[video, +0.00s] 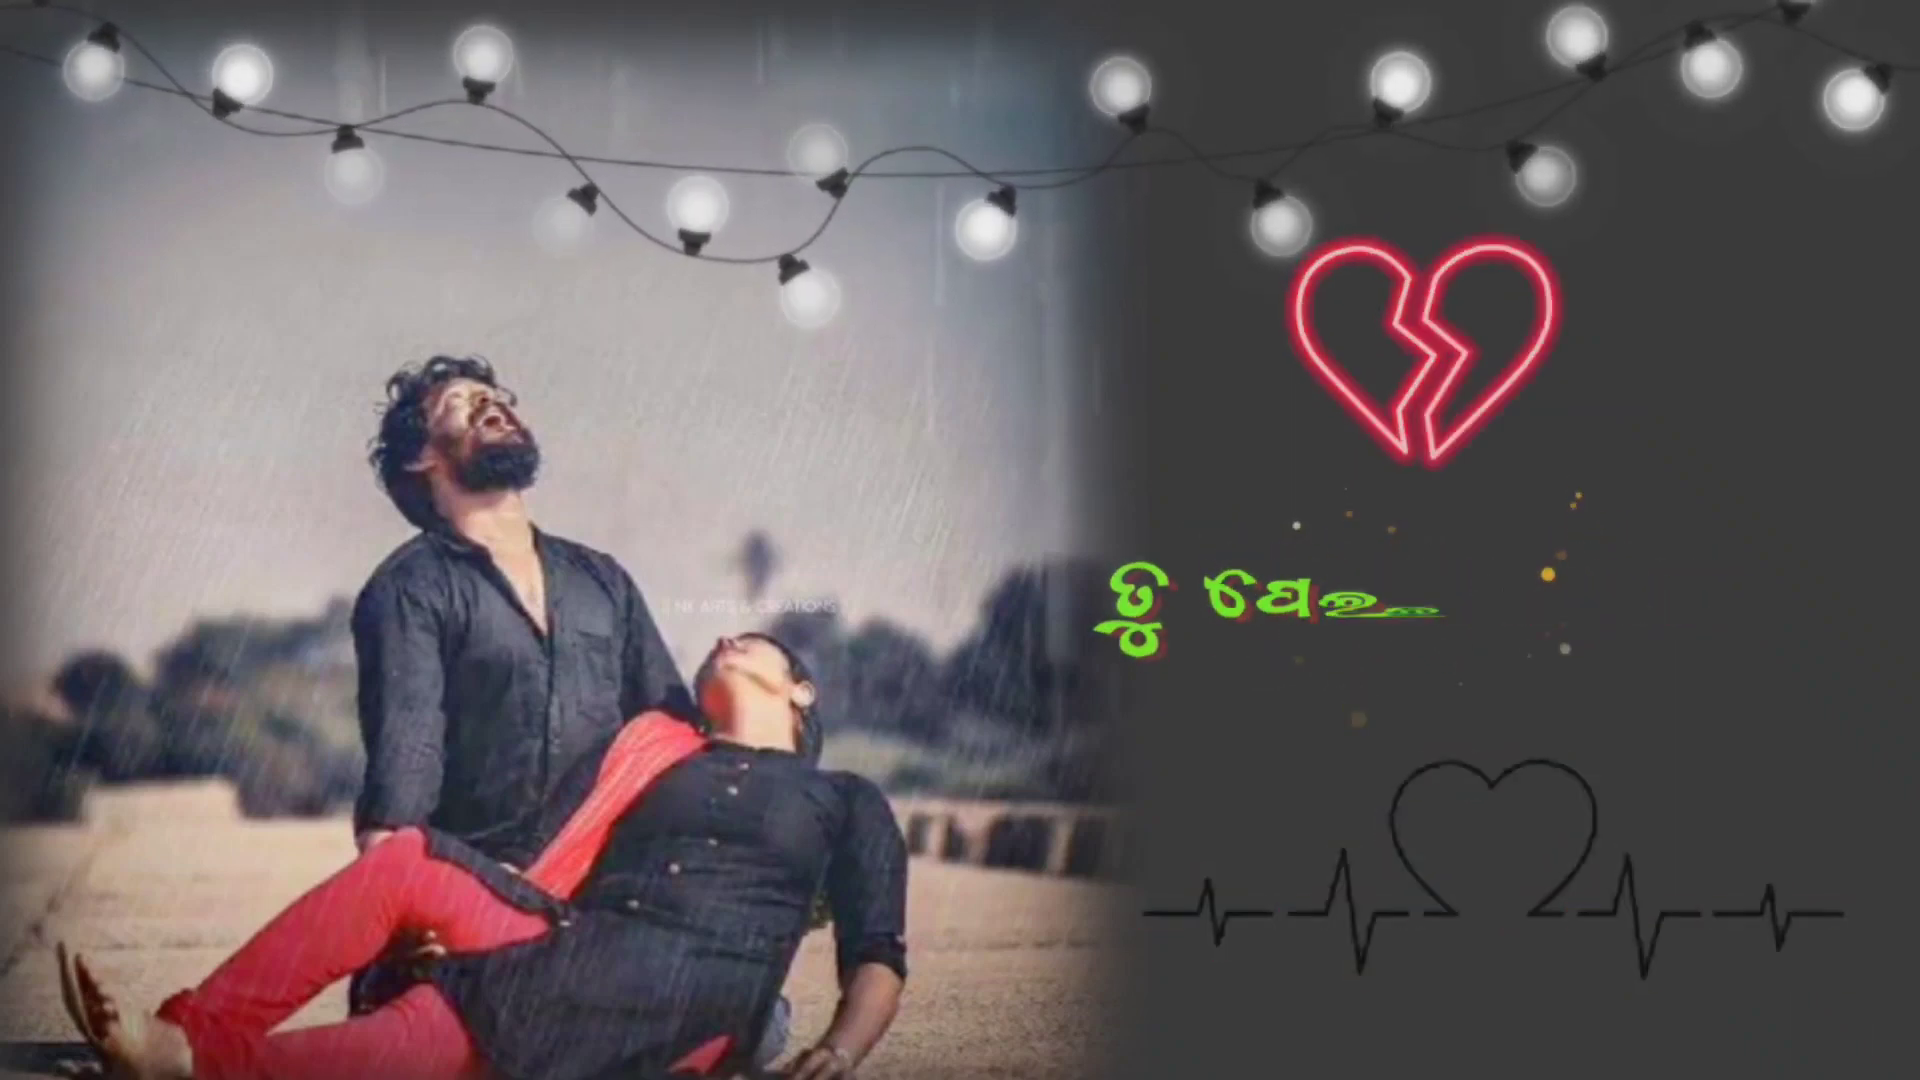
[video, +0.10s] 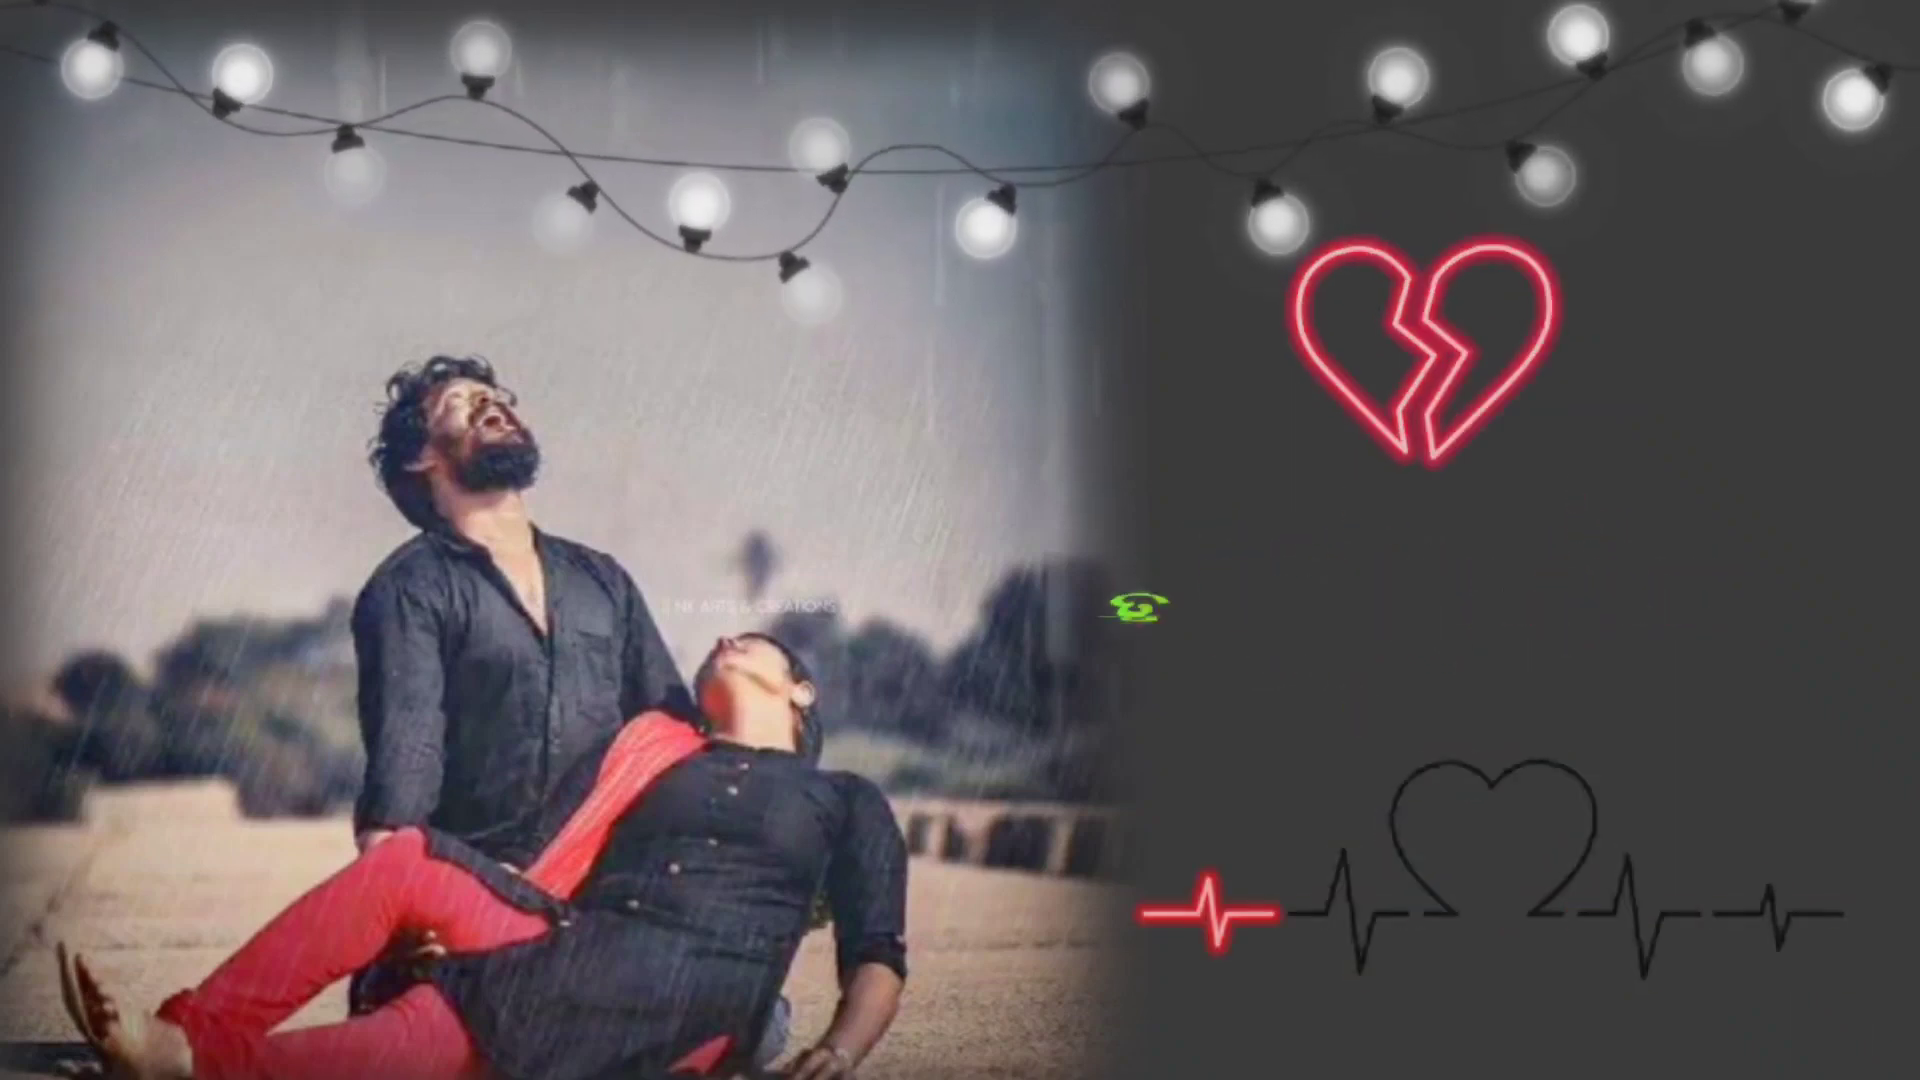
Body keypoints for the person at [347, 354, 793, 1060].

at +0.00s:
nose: (496, 408)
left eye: (502, 401)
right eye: (463, 406)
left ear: (525, 438)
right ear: (421, 462)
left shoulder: (602, 578)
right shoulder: (410, 587)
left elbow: (678, 728)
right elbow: (404, 753)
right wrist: (387, 904)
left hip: (617, 883)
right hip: (462, 890)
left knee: (760, 1022)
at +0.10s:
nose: (496, 408)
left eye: (502, 401)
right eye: (463, 406)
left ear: (525, 438)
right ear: (421, 462)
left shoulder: (602, 578)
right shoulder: (410, 587)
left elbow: (678, 728)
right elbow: (404, 754)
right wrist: (387, 904)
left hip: (617, 883)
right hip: (462, 890)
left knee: (760, 1022)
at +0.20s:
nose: (496, 408)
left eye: (502, 401)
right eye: (463, 406)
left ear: (525, 438)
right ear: (421, 462)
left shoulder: (602, 578)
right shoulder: (410, 587)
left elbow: (678, 728)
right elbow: (404, 753)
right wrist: (387, 904)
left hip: (617, 883)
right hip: (462, 890)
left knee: (760, 1022)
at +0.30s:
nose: (496, 408)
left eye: (502, 401)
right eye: (463, 406)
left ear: (525, 438)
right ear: (421, 462)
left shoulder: (602, 578)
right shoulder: (410, 587)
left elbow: (678, 728)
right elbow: (404, 753)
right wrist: (387, 904)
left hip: (617, 883)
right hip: (462, 890)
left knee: (760, 1022)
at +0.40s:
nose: (496, 408)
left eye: (502, 401)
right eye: (463, 406)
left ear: (525, 438)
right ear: (421, 462)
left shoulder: (602, 578)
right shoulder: (410, 587)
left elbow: (678, 728)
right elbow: (404, 753)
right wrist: (387, 904)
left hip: (617, 883)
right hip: (462, 890)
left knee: (760, 1022)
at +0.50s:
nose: (496, 408)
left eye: (502, 401)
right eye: (463, 406)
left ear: (525, 438)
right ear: (421, 462)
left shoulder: (602, 578)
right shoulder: (410, 587)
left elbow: (678, 728)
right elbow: (404, 753)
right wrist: (387, 904)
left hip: (617, 883)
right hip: (462, 890)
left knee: (760, 1022)